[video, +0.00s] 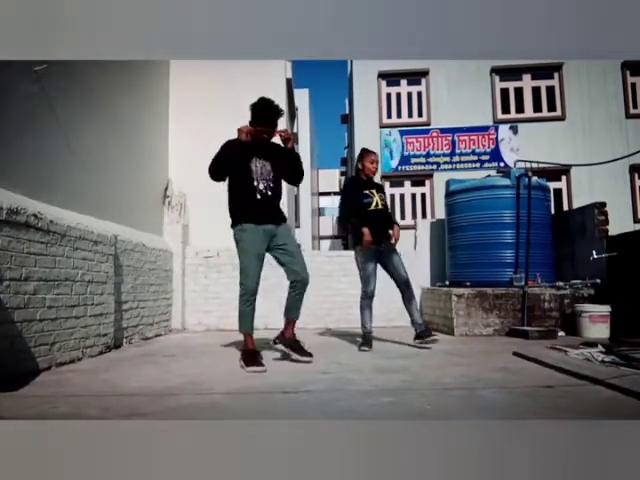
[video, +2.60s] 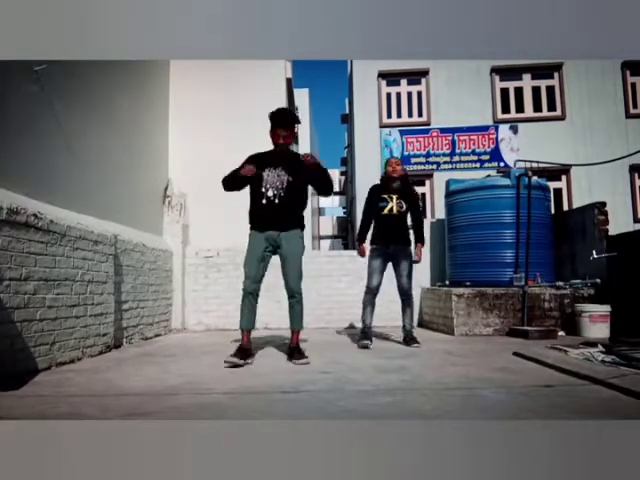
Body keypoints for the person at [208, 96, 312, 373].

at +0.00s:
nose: (269, 132)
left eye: (272, 128)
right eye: (266, 128)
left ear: (274, 127)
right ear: (254, 125)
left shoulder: (276, 150)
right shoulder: (236, 148)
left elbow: (296, 178)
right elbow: (216, 174)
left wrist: (291, 148)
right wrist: (237, 142)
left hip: (277, 225)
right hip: (249, 226)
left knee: (300, 278)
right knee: (249, 287)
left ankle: (288, 334)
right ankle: (249, 347)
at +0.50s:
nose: (274, 148)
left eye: (279, 143)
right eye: (270, 144)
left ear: (286, 142)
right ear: (263, 142)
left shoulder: (294, 165)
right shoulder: (253, 166)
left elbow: (313, 195)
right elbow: (226, 191)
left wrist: (299, 166)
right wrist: (244, 167)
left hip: (289, 236)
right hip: (260, 236)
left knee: (292, 292)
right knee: (256, 290)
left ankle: (285, 342)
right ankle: (253, 348)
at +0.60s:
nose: (280, 153)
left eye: (285, 148)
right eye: (276, 148)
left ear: (291, 147)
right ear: (269, 146)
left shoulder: (299, 171)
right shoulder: (255, 169)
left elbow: (314, 206)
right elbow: (230, 198)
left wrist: (303, 191)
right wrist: (248, 189)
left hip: (290, 238)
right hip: (261, 238)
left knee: (292, 292)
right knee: (254, 288)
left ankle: (284, 342)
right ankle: (251, 345)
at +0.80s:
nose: (287, 148)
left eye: (291, 144)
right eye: (282, 143)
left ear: (296, 145)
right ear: (275, 143)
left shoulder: (302, 174)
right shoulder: (258, 168)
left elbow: (311, 206)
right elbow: (237, 201)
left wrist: (307, 231)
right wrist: (237, 224)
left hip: (288, 237)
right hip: (258, 235)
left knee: (289, 288)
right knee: (245, 283)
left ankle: (284, 340)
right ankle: (246, 335)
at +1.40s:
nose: (251, 144)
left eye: (255, 140)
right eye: (246, 140)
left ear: (260, 143)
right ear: (239, 142)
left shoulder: (274, 168)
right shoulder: (230, 176)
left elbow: (292, 198)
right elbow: (220, 204)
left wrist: (292, 225)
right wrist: (224, 228)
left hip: (273, 234)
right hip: (244, 236)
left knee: (282, 283)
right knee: (238, 285)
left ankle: (288, 336)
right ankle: (248, 333)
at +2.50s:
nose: (285, 141)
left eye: (290, 137)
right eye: (281, 136)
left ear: (297, 139)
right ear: (275, 136)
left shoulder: (304, 171)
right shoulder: (257, 164)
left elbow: (322, 203)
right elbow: (231, 191)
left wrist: (318, 207)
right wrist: (243, 203)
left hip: (290, 234)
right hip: (260, 234)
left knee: (294, 288)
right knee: (248, 288)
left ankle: (295, 344)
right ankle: (250, 342)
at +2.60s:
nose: (282, 139)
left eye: (287, 134)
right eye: (277, 134)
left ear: (295, 134)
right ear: (271, 134)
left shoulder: (302, 162)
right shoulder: (258, 160)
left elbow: (327, 190)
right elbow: (227, 184)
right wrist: (242, 175)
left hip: (291, 232)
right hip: (260, 232)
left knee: (294, 288)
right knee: (250, 287)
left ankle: (295, 343)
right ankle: (245, 344)